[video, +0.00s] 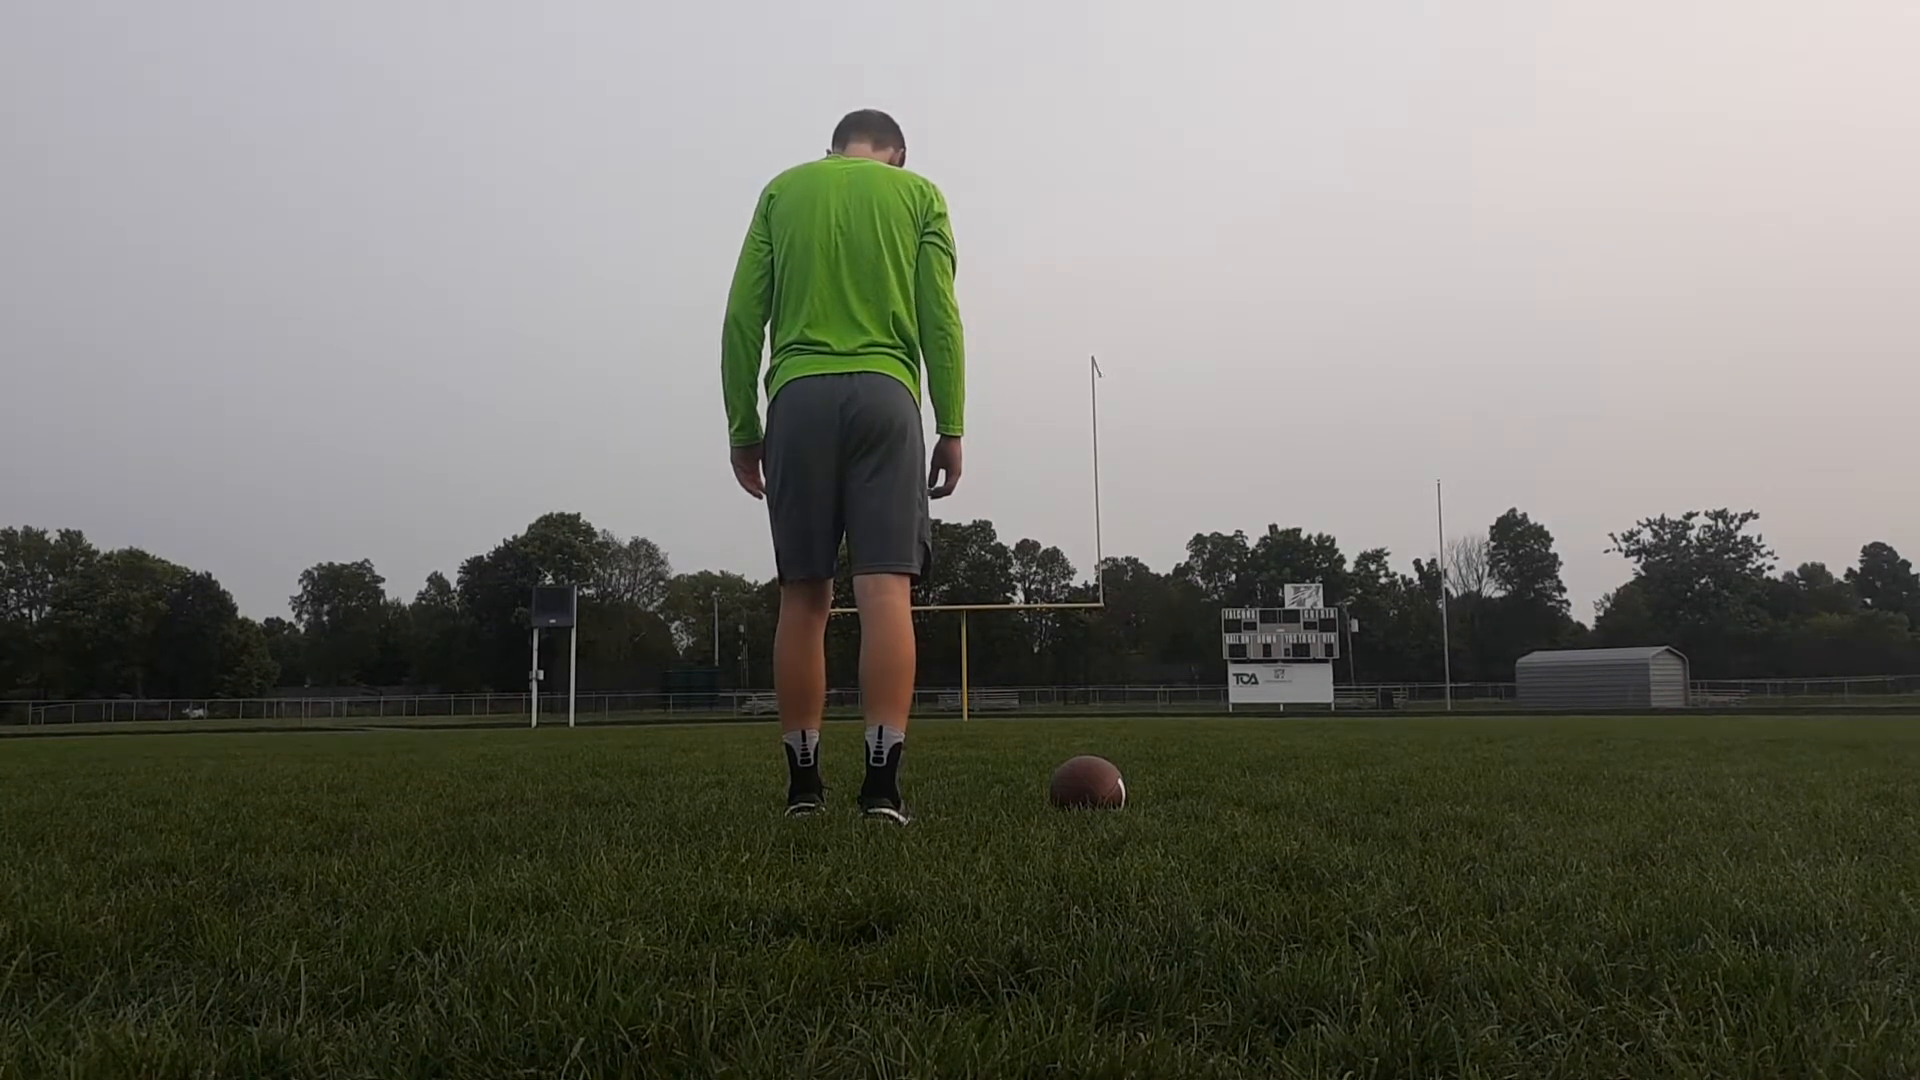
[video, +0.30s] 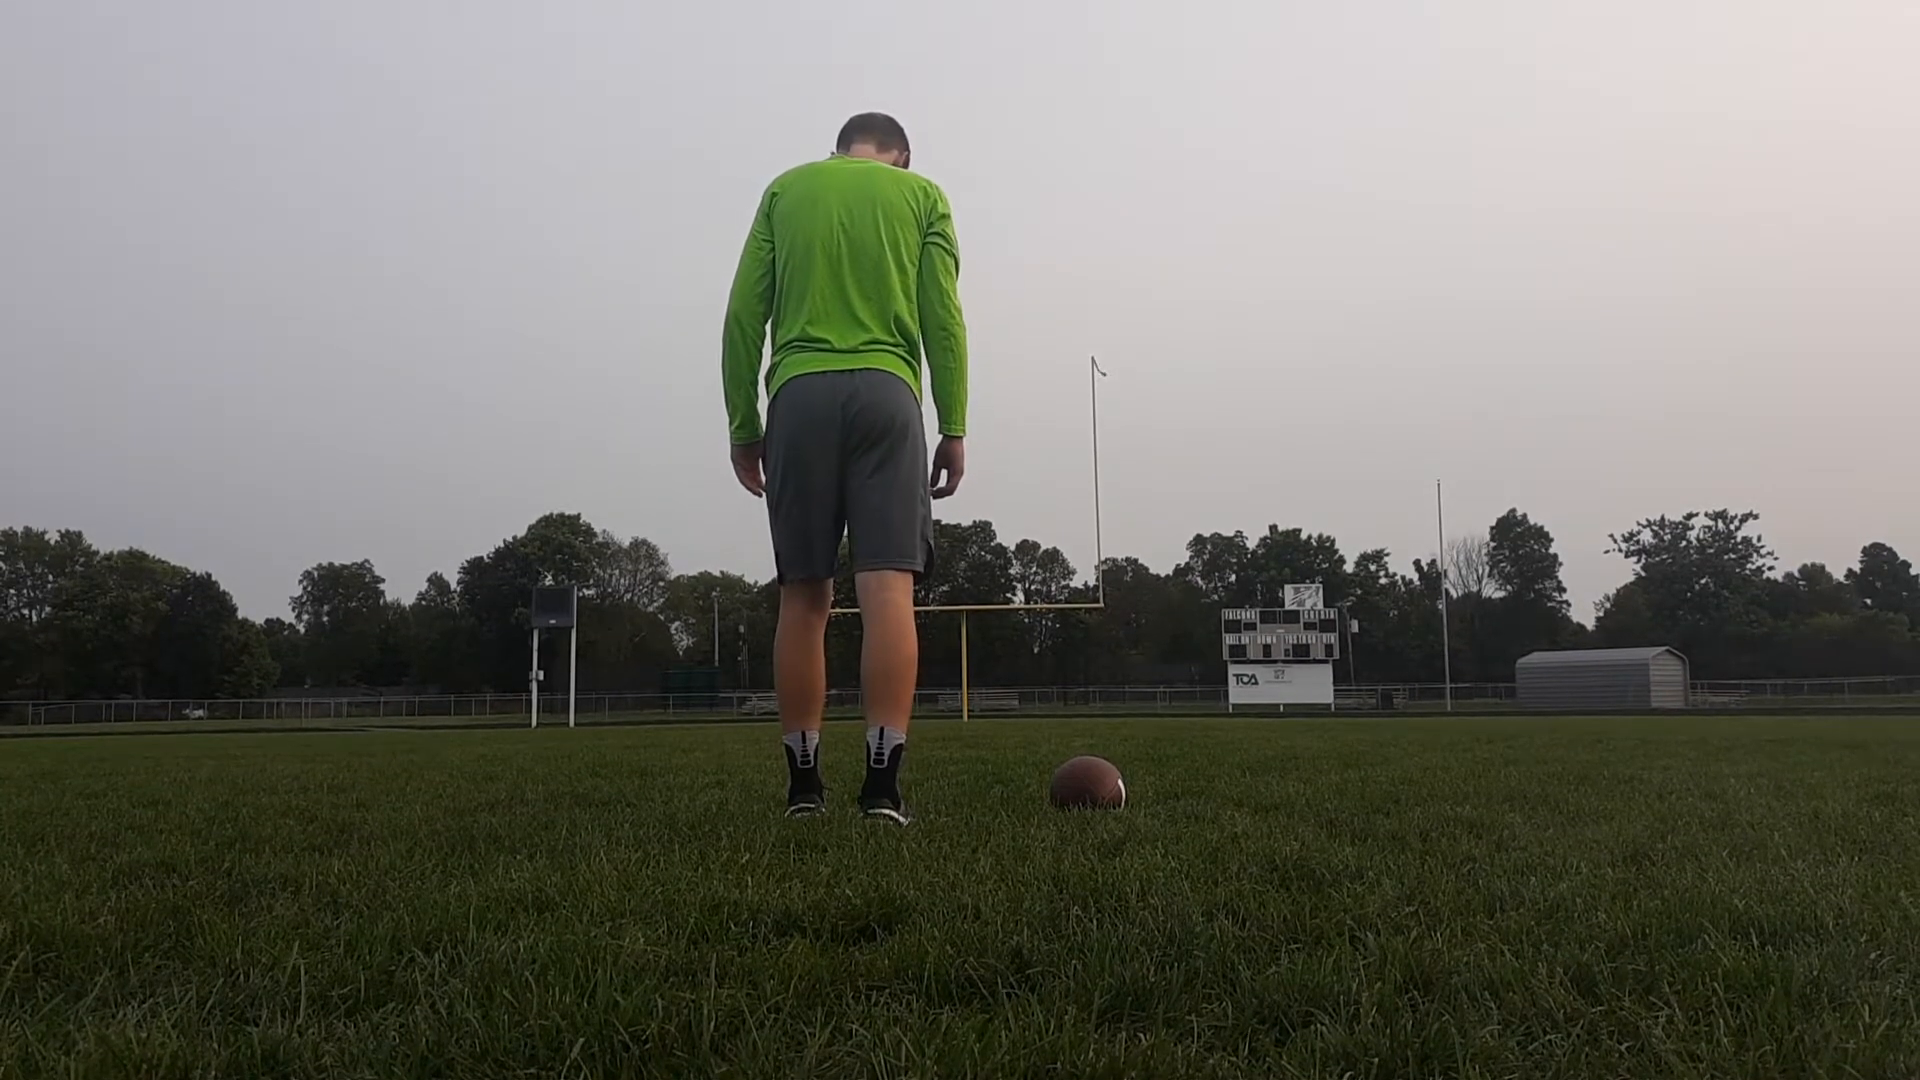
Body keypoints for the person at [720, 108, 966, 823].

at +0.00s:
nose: (900, 173)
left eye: (896, 164)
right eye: (902, 162)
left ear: (834, 145)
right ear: (895, 151)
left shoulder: (782, 189)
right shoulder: (917, 193)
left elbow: (743, 315)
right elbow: (939, 313)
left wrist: (743, 427)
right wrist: (952, 426)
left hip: (799, 397)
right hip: (885, 396)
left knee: (803, 596)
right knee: (885, 592)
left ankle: (803, 785)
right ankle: (882, 790)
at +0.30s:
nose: (905, 174)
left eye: (901, 163)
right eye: (907, 163)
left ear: (839, 146)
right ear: (899, 152)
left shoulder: (786, 187)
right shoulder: (920, 192)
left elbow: (744, 312)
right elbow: (941, 311)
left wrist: (743, 427)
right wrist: (954, 427)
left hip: (800, 395)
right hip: (886, 394)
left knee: (803, 594)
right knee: (887, 591)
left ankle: (804, 786)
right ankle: (882, 791)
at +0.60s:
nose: (908, 176)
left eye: (904, 166)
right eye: (909, 165)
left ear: (842, 147)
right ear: (901, 154)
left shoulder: (788, 187)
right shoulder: (922, 192)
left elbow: (745, 312)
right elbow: (943, 312)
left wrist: (744, 428)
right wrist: (955, 429)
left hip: (802, 396)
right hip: (889, 394)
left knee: (805, 595)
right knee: (890, 591)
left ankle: (804, 786)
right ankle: (883, 789)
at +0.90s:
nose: (910, 173)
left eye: (906, 163)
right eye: (911, 163)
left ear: (843, 145)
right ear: (903, 151)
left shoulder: (790, 185)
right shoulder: (924, 191)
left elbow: (748, 311)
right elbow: (944, 312)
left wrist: (746, 426)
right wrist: (955, 428)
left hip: (804, 396)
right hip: (890, 395)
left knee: (805, 597)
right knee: (888, 593)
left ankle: (804, 786)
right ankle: (883, 791)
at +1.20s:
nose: (910, 174)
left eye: (906, 165)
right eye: (912, 163)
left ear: (844, 144)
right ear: (905, 151)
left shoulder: (792, 184)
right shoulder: (926, 193)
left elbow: (750, 310)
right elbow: (946, 317)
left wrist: (750, 427)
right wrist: (956, 429)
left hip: (806, 396)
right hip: (892, 395)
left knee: (806, 594)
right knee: (888, 591)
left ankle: (804, 786)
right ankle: (882, 789)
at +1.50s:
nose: (910, 170)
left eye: (905, 161)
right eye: (912, 160)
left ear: (843, 141)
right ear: (906, 148)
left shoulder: (792, 184)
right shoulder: (927, 191)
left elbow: (751, 310)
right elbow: (947, 313)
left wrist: (751, 426)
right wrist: (957, 427)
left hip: (807, 397)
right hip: (893, 397)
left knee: (806, 593)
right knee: (889, 591)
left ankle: (805, 787)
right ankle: (882, 792)